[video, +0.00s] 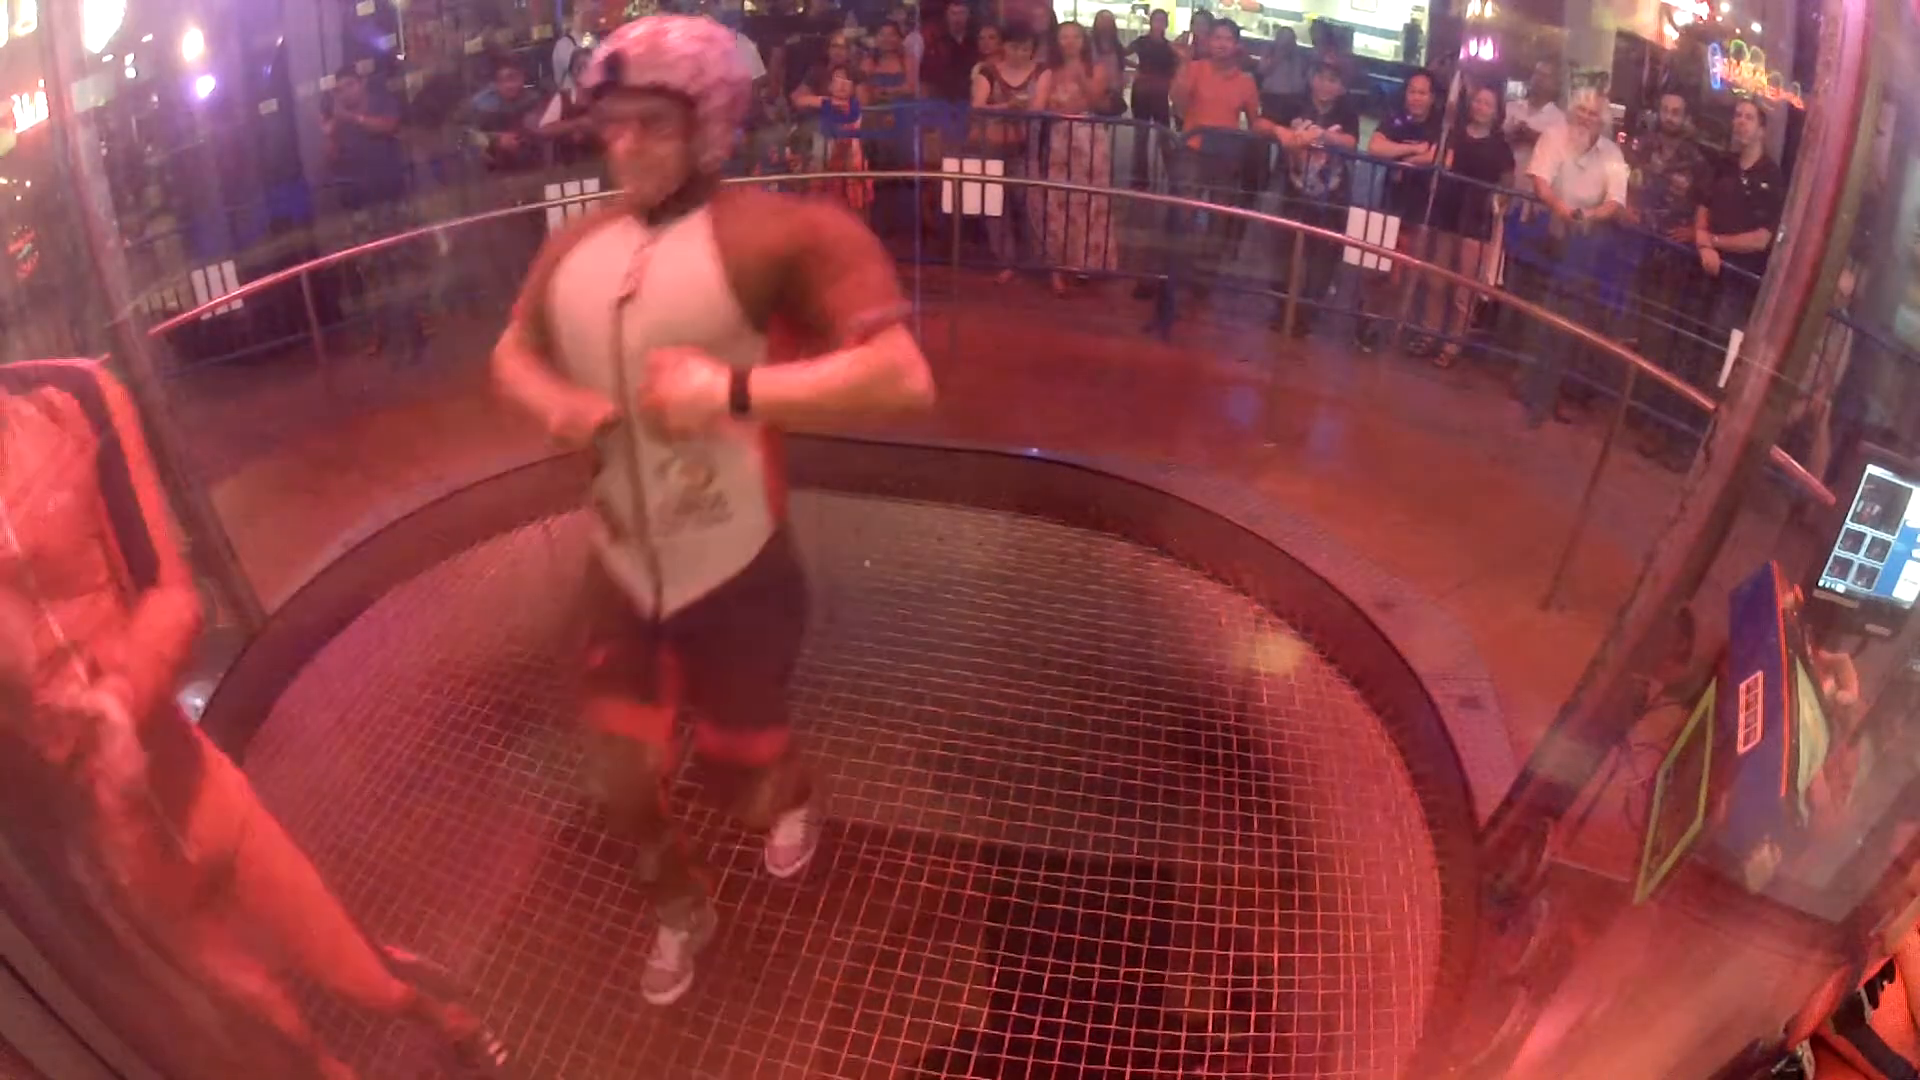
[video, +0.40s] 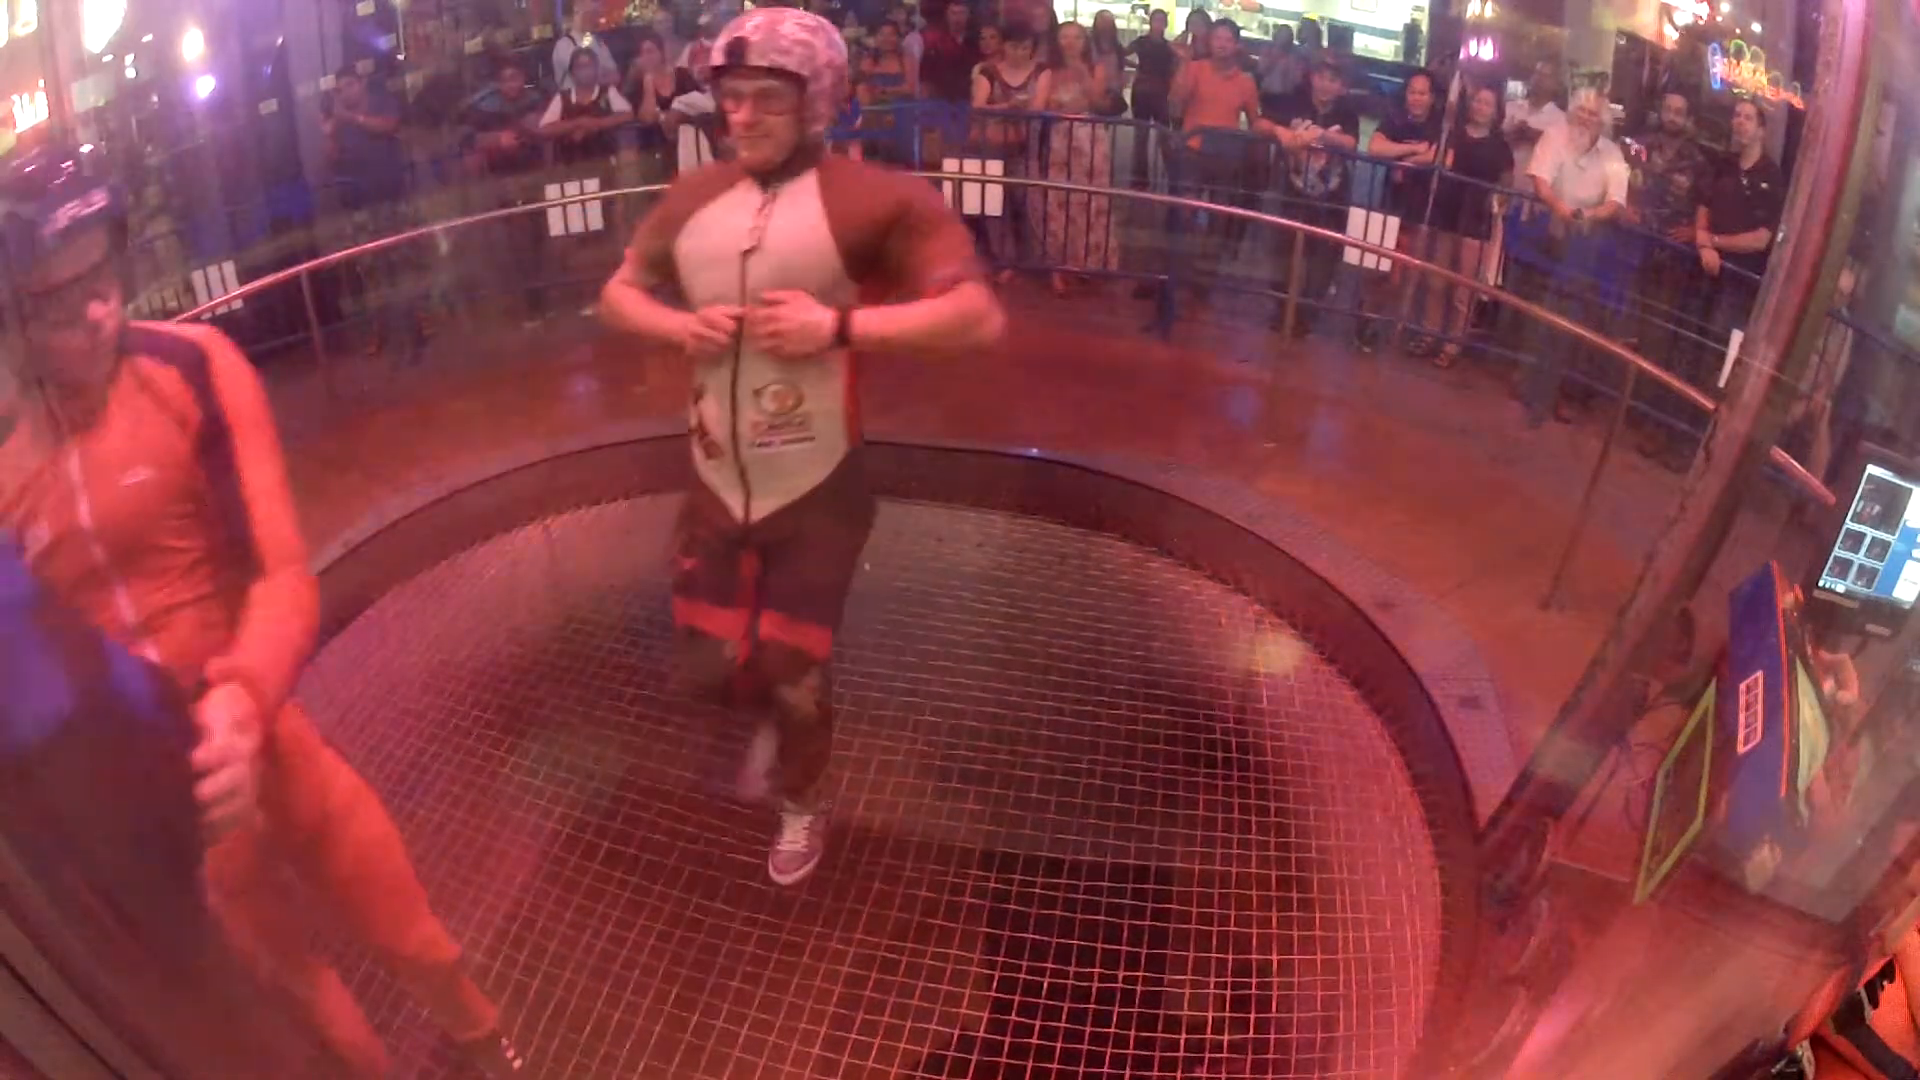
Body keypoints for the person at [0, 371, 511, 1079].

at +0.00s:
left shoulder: (68, 411)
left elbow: (171, 588)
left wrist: (120, 703)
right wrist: (39, 721)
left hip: (180, 776)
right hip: (70, 837)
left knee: (363, 980)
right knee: (276, 1035)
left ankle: (457, 1028)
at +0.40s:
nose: (96, 313)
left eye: (103, 281)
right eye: (61, 302)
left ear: (122, 266)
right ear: (10, 314)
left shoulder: (197, 364)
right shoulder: (7, 442)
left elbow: (285, 575)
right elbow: (23, 644)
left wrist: (245, 695)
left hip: (252, 724)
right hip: (125, 775)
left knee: (421, 949)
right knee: (293, 1002)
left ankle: (492, 1054)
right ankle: (371, 1070)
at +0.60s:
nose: (150, 287)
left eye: (158, 254)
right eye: (113, 269)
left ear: (176, 246)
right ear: (54, 283)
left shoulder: (246, 345)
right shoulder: (41, 404)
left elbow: (325, 562)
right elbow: (67, 629)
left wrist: (270, 709)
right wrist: (244, 733)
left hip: (287, 706)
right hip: (152, 738)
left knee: (498, 968)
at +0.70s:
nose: (186, 283)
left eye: (197, 252)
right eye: (152, 267)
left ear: (216, 239)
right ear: (94, 275)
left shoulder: (284, 352)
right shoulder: (77, 400)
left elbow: (355, 564)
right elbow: (68, 594)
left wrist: (318, 699)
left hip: (306, 670)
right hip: (173, 706)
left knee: (530, 945)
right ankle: (457, 1030)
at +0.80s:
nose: (227, 271)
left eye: (237, 242)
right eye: (195, 255)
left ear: (255, 235)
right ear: (133, 269)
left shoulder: (327, 350)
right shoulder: (127, 397)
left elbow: (390, 562)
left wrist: (353, 694)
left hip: (343, 656)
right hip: (220, 693)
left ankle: (537, 932)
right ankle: (443, 1025)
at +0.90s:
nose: (268, 263)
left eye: (277, 235)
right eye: (236, 247)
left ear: (294, 232)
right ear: (183, 258)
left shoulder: (365, 342)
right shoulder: (166, 380)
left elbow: (429, 541)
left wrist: (388, 674)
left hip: (363, 636)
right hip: (241, 655)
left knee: (429, 718)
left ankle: (532, 881)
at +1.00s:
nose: (299, 270)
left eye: (308, 242)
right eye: (269, 254)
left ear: (325, 236)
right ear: (213, 262)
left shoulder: (393, 353)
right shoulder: (192, 371)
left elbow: (440, 542)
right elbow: (184, 525)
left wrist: (418, 662)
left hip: (383, 607)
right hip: (258, 626)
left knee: (452, 704)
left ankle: (544, 878)